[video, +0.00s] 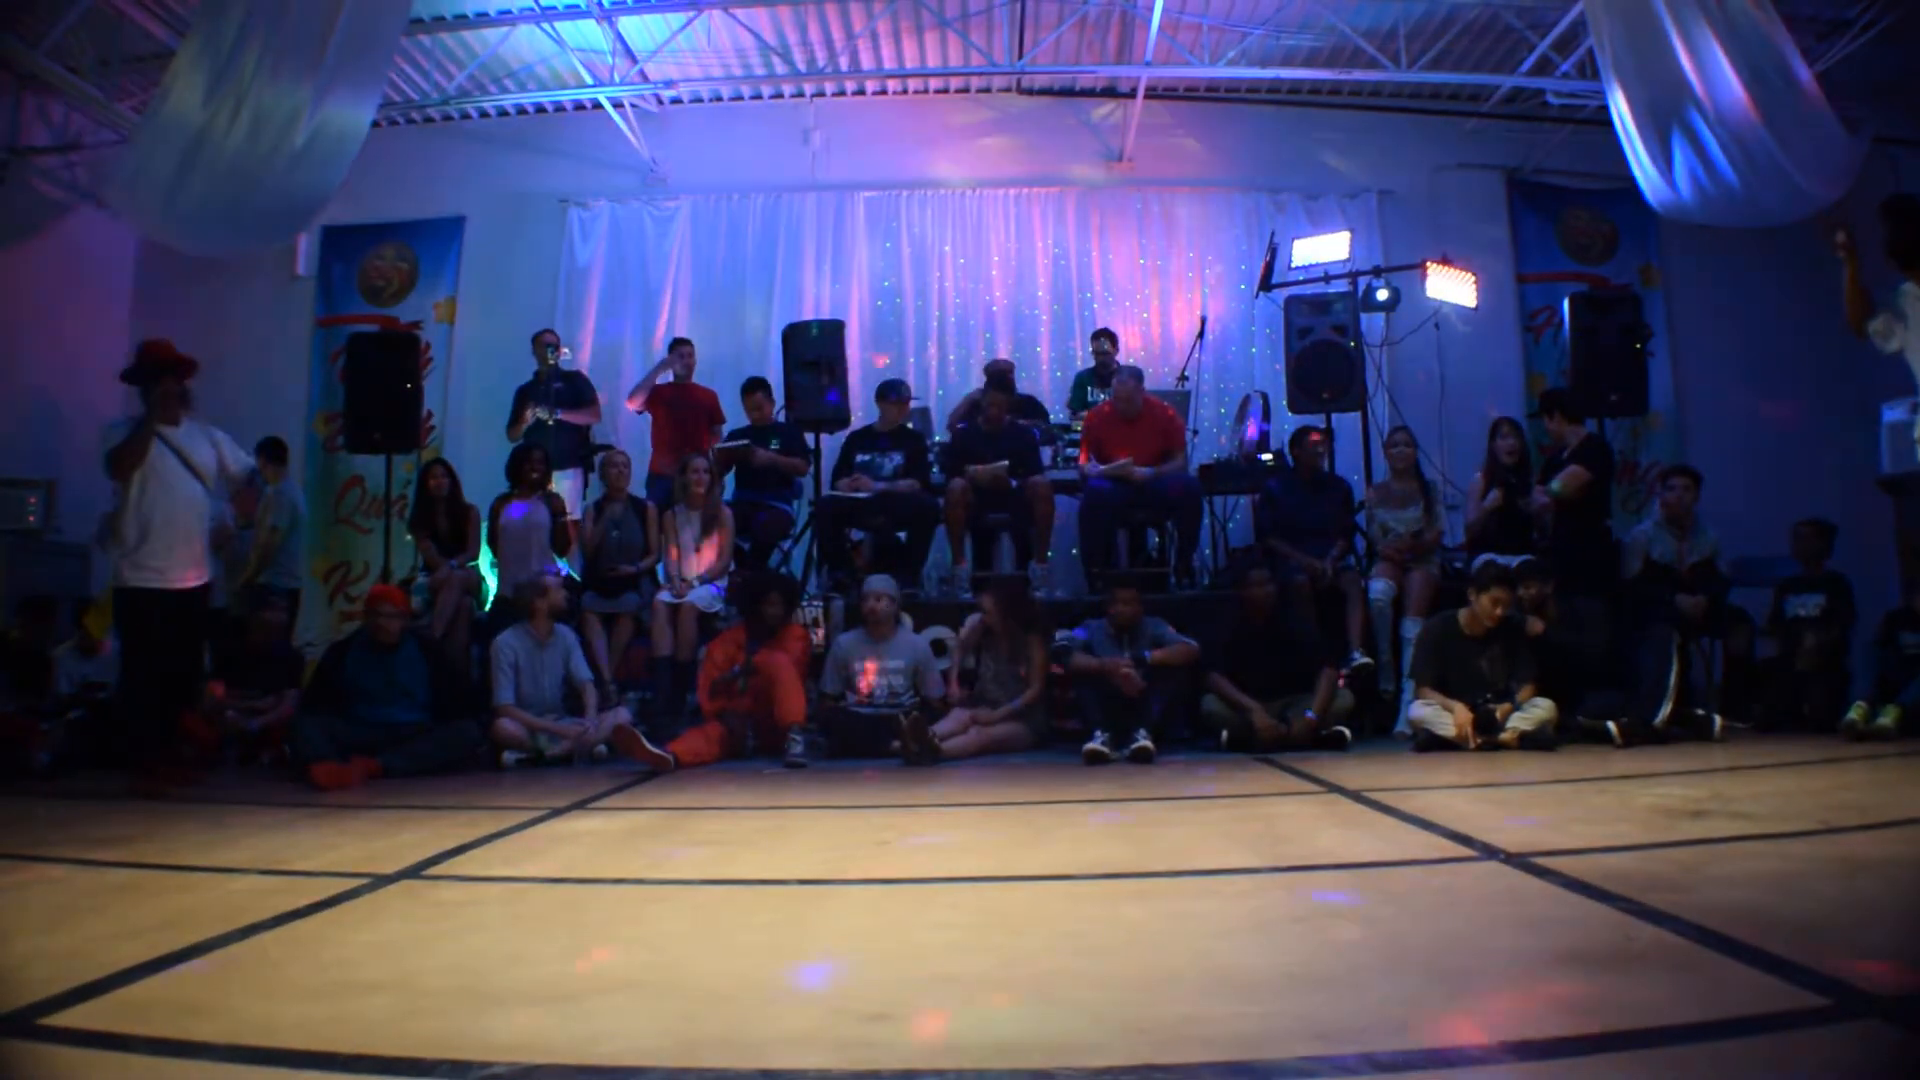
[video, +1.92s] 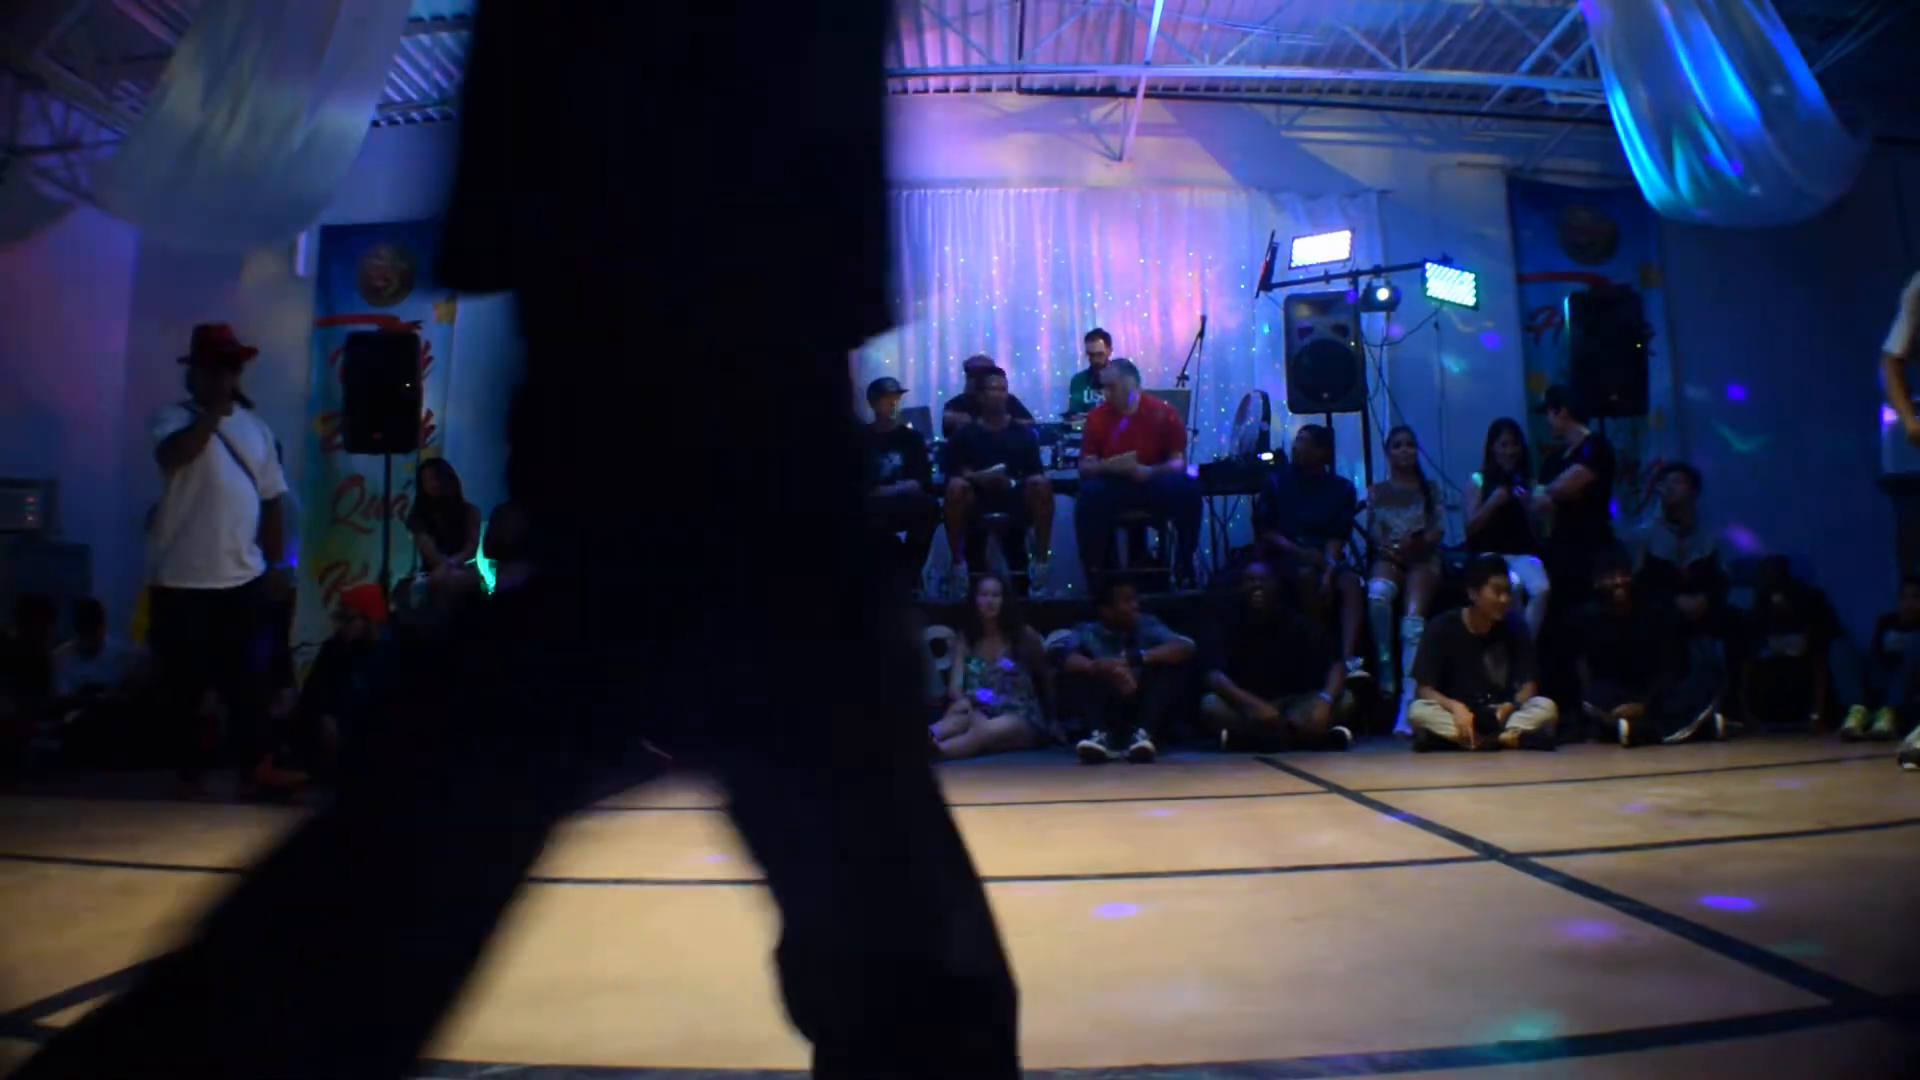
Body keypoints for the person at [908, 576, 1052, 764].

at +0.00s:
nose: (983, 618)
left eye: (988, 612)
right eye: (983, 612)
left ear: (1007, 612)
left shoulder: (1030, 638)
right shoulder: (979, 627)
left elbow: (1036, 690)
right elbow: (959, 647)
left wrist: (996, 714)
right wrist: (954, 684)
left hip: (1021, 713)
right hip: (985, 704)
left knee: (979, 736)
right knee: (961, 715)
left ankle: (934, 752)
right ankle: (922, 738)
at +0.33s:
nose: (981, 613)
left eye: (987, 606)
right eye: (978, 606)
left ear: (1001, 605)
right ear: (973, 606)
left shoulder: (1020, 636)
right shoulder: (970, 633)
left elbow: (1031, 682)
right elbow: (957, 669)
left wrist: (995, 714)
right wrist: (956, 700)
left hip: (1013, 713)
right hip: (975, 708)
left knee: (981, 736)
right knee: (952, 726)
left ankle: (934, 752)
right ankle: (925, 738)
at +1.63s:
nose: (994, 600)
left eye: (999, 595)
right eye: (988, 595)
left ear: (1008, 599)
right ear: (978, 599)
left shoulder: (1023, 636)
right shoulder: (969, 636)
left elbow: (1046, 682)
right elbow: (956, 687)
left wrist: (1020, 712)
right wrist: (964, 707)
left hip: (1014, 713)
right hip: (978, 712)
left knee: (988, 734)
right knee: (960, 718)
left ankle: (934, 751)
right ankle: (924, 736)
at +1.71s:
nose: (992, 601)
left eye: (998, 595)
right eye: (986, 595)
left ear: (1007, 599)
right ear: (977, 599)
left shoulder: (1023, 634)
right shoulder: (969, 634)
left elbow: (1050, 675)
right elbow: (956, 686)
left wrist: (1043, 712)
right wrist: (963, 704)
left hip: (1017, 709)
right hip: (979, 707)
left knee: (983, 735)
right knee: (962, 719)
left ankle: (936, 751)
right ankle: (923, 736)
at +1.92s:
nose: (990, 601)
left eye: (996, 595)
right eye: (984, 595)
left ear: (1005, 600)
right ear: (974, 600)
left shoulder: (1023, 635)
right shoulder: (966, 638)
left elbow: (1044, 677)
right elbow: (954, 689)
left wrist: (1052, 721)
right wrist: (968, 704)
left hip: (1018, 711)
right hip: (978, 708)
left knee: (984, 733)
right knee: (959, 718)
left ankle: (936, 752)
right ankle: (926, 735)